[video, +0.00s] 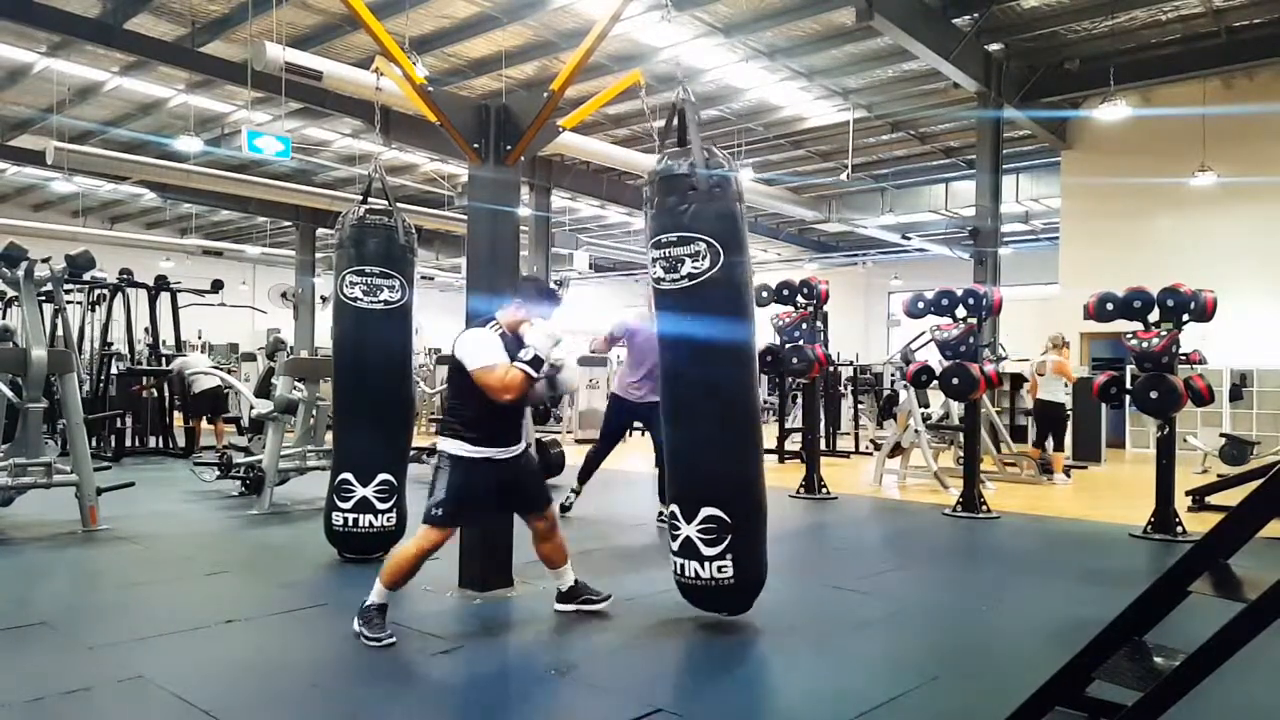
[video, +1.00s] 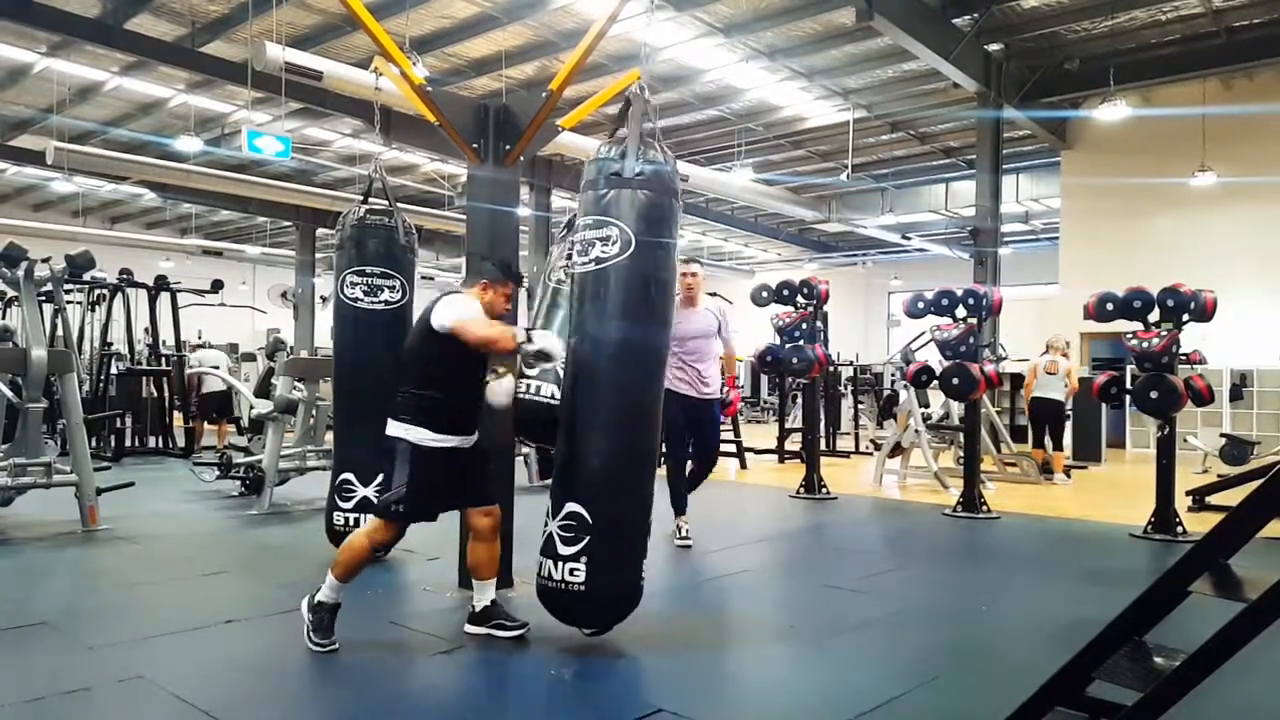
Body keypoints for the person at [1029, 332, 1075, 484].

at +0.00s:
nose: (1064, 350)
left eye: (1063, 348)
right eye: (1063, 348)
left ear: (1048, 346)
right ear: (1061, 347)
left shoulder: (1037, 362)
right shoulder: (1060, 362)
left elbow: (1033, 387)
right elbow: (1071, 378)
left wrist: (1036, 401)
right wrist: (1066, 360)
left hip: (1040, 402)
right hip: (1057, 403)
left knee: (1040, 437)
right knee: (1059, 440)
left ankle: (1028, 468)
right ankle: (1058, 473)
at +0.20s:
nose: (1069, 349)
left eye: (1069, 347)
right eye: (1069, 347)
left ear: (1052, 345)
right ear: (1066, 347)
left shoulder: (1042, 362)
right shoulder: (1069, 362)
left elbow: (1034, 387)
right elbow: (1075, 378)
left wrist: (1032, 404)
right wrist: (1070, 359)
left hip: (1043, 402)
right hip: (1062, 403)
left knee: (1044, 442)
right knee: (1060, 443)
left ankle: (1030, 466)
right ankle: (1058, 473)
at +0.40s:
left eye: (1055, 342)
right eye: (1071, 346)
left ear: (1055, 344)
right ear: (1071, 346)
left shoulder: (1045, 361)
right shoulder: (1074, 363)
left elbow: (1036, 384)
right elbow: (1077, 380)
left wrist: (1031, 404)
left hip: (1046, 401)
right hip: (1065, 402)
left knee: (1045, 440)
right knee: (1061, 441)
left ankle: (1042, 470)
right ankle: (1059, 473)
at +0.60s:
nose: (1071, 348)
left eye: (1054, 343)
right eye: (1071, 345)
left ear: (1055, 344)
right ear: (1071, 346)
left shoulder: (1045, 362)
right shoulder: (1077, 363)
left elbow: (1037, 384)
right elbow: (1077, 381)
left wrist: (1031, 404)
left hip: (1046, 400)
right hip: (1066, 402)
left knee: (1042, 437)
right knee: (1061, 440)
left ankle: (1036, 469)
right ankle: (1059, 473)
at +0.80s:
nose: (1067, 349)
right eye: (1068, 347)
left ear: (1052, 346)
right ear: (1067, 347)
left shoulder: (1042, 361)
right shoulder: (1073, 363)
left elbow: (1034, 384)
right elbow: (1078, 386)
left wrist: (1029, 404)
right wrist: (1069, 377)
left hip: (1042, 400)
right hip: (1062, 402)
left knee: (1040, 438)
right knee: (1058, 440)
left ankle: (1035, 470)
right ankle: (1058, 473)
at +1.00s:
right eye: (1064, 349)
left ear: (1047, 347)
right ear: (1063, 349)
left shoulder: (1036, 362)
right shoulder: (1067, 364)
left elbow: (1028, 383)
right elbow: (1074, 385)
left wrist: (1027, 402)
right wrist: (1066, 397)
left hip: (1037, 400)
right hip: (1056, 401)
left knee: (1037, 438)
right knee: (1057, 440)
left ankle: (1035, 471)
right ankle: (1058, 473)